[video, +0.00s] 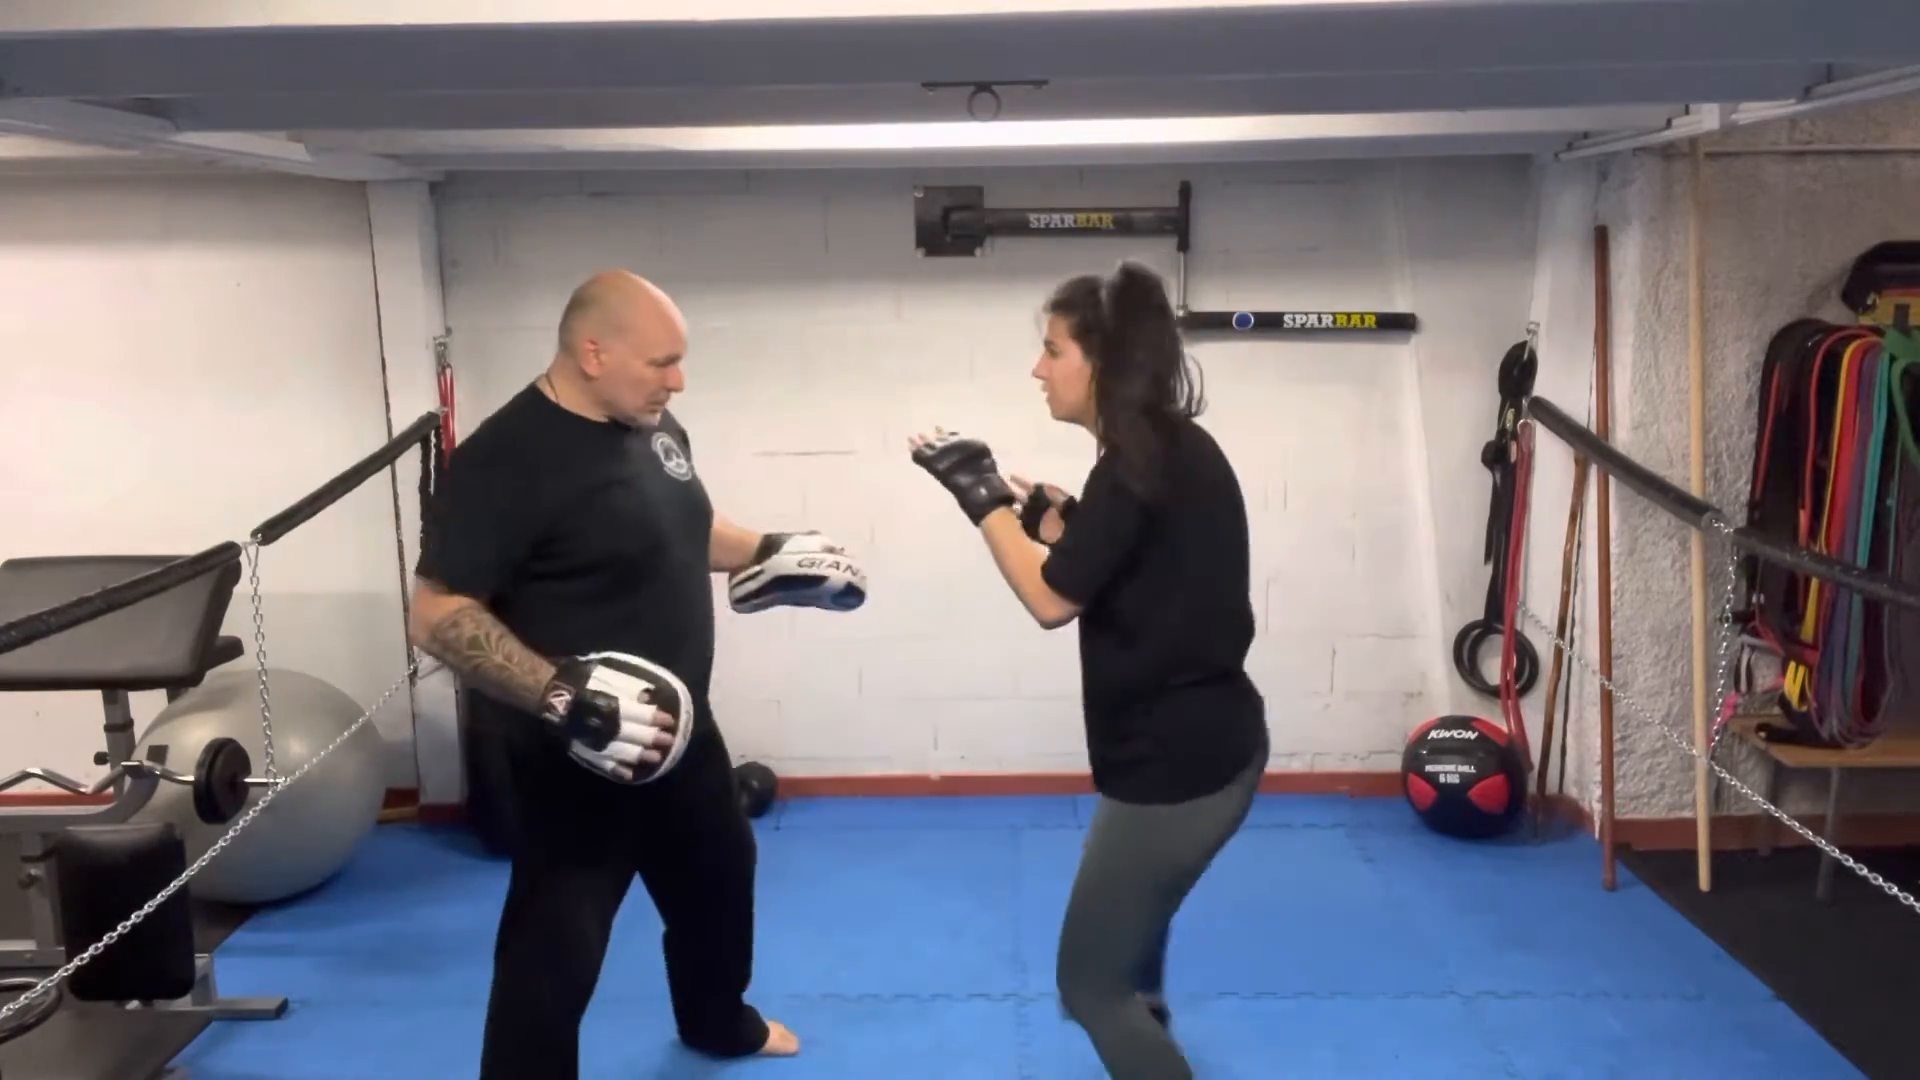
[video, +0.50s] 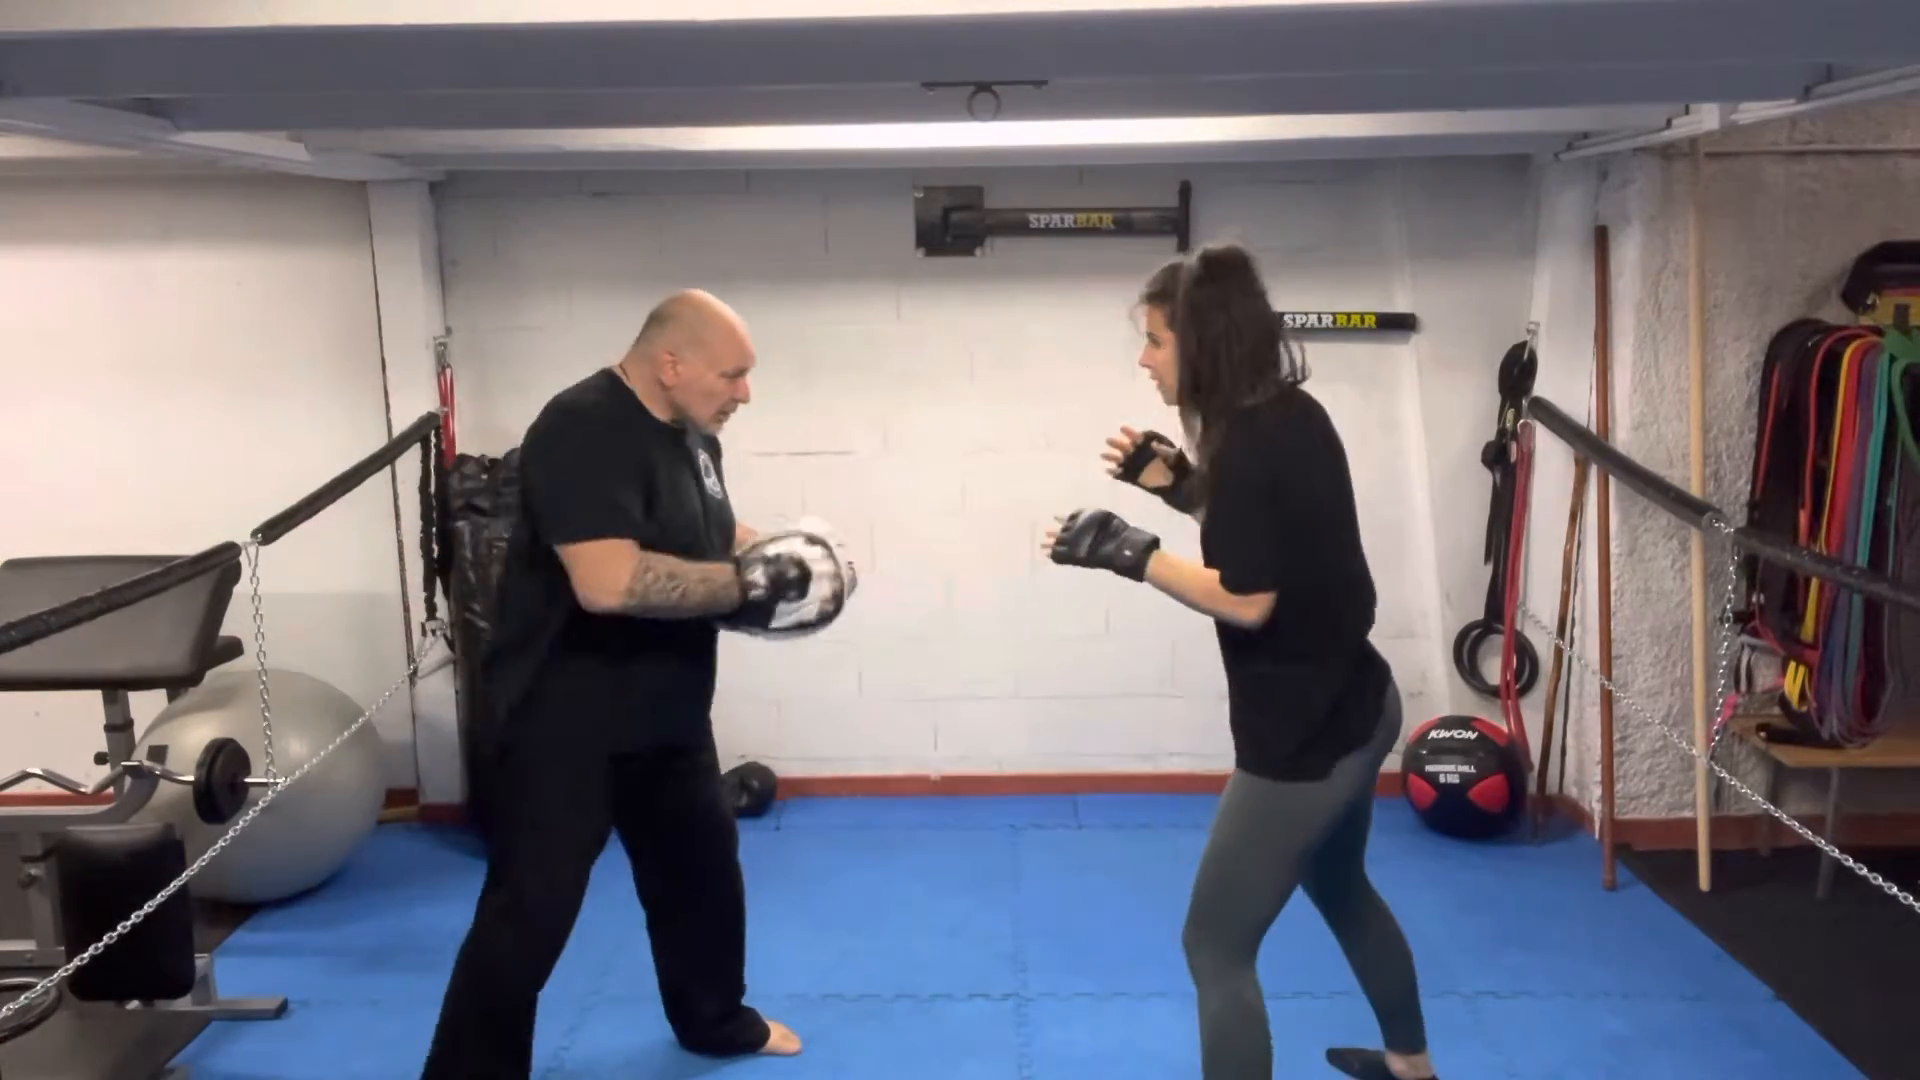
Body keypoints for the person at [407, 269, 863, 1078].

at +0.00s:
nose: (678, 380)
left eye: (680, 360)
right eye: (663, 361)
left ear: (605, 356)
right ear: (594, 353)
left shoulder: (654, 433)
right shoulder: (497, 462)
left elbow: (681, 532)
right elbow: (436, 614)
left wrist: (775, 551)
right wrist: (564, 695)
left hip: (680, 743)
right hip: (570, 762)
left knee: (717, 881)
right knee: (550, 959)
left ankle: (716, 1021)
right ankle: (526, 1070)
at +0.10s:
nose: (703, 383)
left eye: (705, 364)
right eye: (689, 364)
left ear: (634, 360)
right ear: (621, 357)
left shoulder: (669, 437)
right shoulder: (522, 454)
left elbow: (694, 540)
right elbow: (445, 595)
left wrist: (793, 555)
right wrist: (558, 686)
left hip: (679, 747)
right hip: (576, 764)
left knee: (716, 878)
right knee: (554, 958)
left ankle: (713, 1025)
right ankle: (527, 1071)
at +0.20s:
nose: (732, 388)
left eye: (734, 370)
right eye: (719, 369)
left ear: (663, 362)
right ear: (654, 358)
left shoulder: (691, 443)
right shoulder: (547, 444)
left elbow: (711, 546)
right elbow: (478, 581)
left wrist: (799, 564)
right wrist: (593, 669)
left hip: (680, 741)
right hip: (568, 751)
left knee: (719, 874)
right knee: (552, 951)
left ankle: (715, 1023)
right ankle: (523, 1070)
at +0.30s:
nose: (755, 393)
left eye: (757, 376)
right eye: (743, 376)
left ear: (689, 367)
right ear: (682, 364)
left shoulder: (704, 444)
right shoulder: (572, 436)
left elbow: (721, 546)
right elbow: (522, 576)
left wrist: (797, 574)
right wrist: (650, 648)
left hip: (669, 722)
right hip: (564, 726)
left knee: (711, 870)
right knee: (544, 918)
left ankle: (714, 1022)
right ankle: (510, 1066)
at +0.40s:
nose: (759, 397)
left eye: (761, 380)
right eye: (747, 380)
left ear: (691, 372)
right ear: (686, 369)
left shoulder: (704, 442)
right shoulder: (585, 430)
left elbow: (721, 544)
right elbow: (568, 581)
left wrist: (792, 564)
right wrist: (708, 622)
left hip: (670, 718)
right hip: (569, 726)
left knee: (707, 871)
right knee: (536, 918)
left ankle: (712, 1021)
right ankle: (495, 1066)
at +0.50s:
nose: (743, 395)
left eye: (745, 378)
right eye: (731, 376)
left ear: (677, 367)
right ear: (669, 363)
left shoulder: (688, 438)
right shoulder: (578, 429)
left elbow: (715, 535)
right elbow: (604, 580)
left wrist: (788, 559)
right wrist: (748, 587)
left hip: (660, 717)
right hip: (558, 725)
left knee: (698, 874)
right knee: (529, 913)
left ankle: (713, 1022)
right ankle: (465, 1071)